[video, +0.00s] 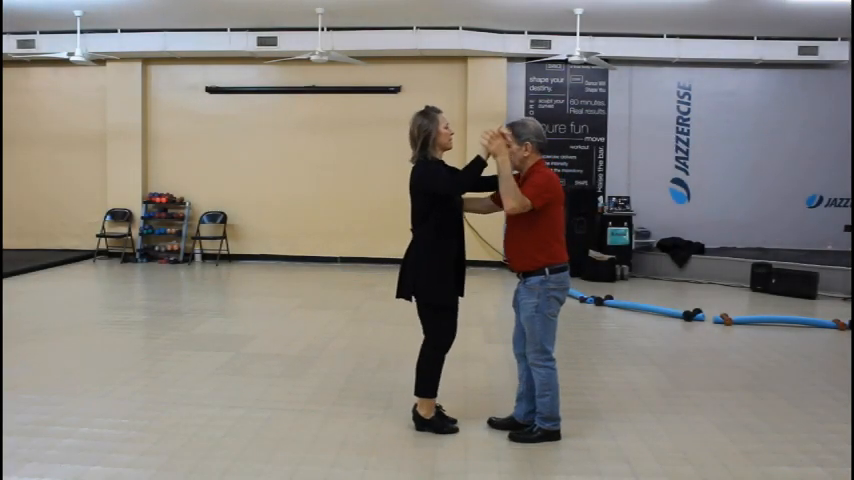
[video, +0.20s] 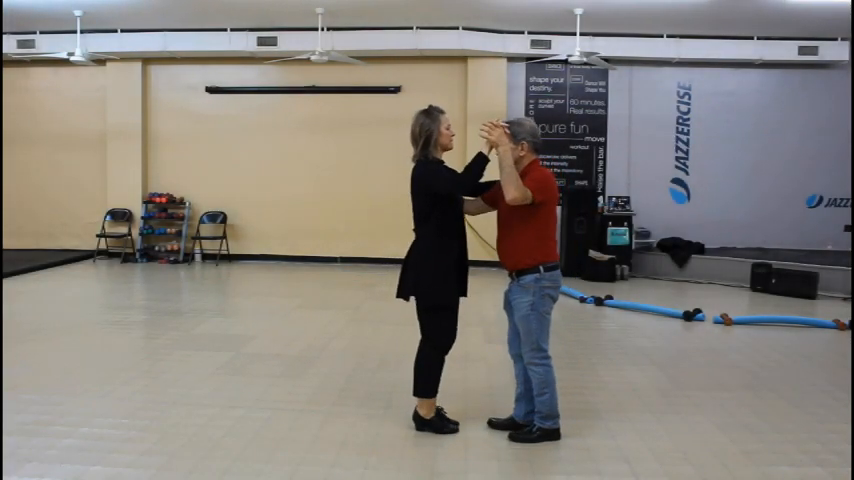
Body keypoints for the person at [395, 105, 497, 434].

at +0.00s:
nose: (452, 132)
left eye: (450, 127)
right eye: (446, 128)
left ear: (435, 133)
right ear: (430, 134)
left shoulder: (440, 169)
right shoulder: (426, 170)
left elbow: (477, 183)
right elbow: (460, 184)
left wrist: (509, 167)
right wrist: (484, 154)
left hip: (440, 267)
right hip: (429, 269)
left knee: (442, 335)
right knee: (438, 336)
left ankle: (426, 405)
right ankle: (424, 409)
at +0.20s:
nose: (453, 133)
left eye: (451, 127)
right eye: (447, 128)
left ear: (433, 133)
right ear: (432, 133)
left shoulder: (435, 168)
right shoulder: (427, 170)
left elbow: (471, 191)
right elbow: (464, 185)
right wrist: (486, 149)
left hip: (439, 268)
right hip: (433, 269)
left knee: (439, 338)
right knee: (437, 339)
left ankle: (427, 407)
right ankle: (425, 410)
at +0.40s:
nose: (449, 134)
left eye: (448, 129)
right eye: (444, 129)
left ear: (428, 134)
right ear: (428, 134)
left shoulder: (431, 169)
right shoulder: (425, 170)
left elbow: (465, 190)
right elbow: (461, 185)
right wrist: (484, 153)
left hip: (439, 267)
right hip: (433, 269)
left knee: (438, 337)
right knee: (436, 338)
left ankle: (426, 407)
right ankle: (425, 410)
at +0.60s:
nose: (446, 134)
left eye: (444, 128)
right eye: (440, 129)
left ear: (424, 134)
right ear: (426, 134)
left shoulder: (429, 168)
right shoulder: (423, 170)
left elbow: (463, 190)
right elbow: (459, 185)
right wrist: (484, 153)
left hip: (436, 267)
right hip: (431, 268)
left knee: (437, 336)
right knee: (436, 337)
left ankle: (426, 407)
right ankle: (425, 410)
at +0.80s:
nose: (445, 133)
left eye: (443, 128)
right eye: (439, 129)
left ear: (424, 133)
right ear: (425, 134)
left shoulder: (427, 167)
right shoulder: (421, 170)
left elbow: (454, 199)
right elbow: (454, 187)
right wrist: (479, 155)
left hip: (435, 267)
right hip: (429, 269)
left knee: (436, 336)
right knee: (434, 337)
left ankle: (426, 406)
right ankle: (425, 410)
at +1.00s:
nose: (443, 134)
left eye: (441, 128)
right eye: (438, 129)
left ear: (424, 133)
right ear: (423, 134)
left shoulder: (425, 168)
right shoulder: (420, 170)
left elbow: (442, 214)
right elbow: (451, 189)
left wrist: (473, 208)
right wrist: (476, 155)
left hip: (432, 267)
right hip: (427, 269)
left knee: (434, 337)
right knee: (433, 338)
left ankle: (426, 406)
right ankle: (424, 410)